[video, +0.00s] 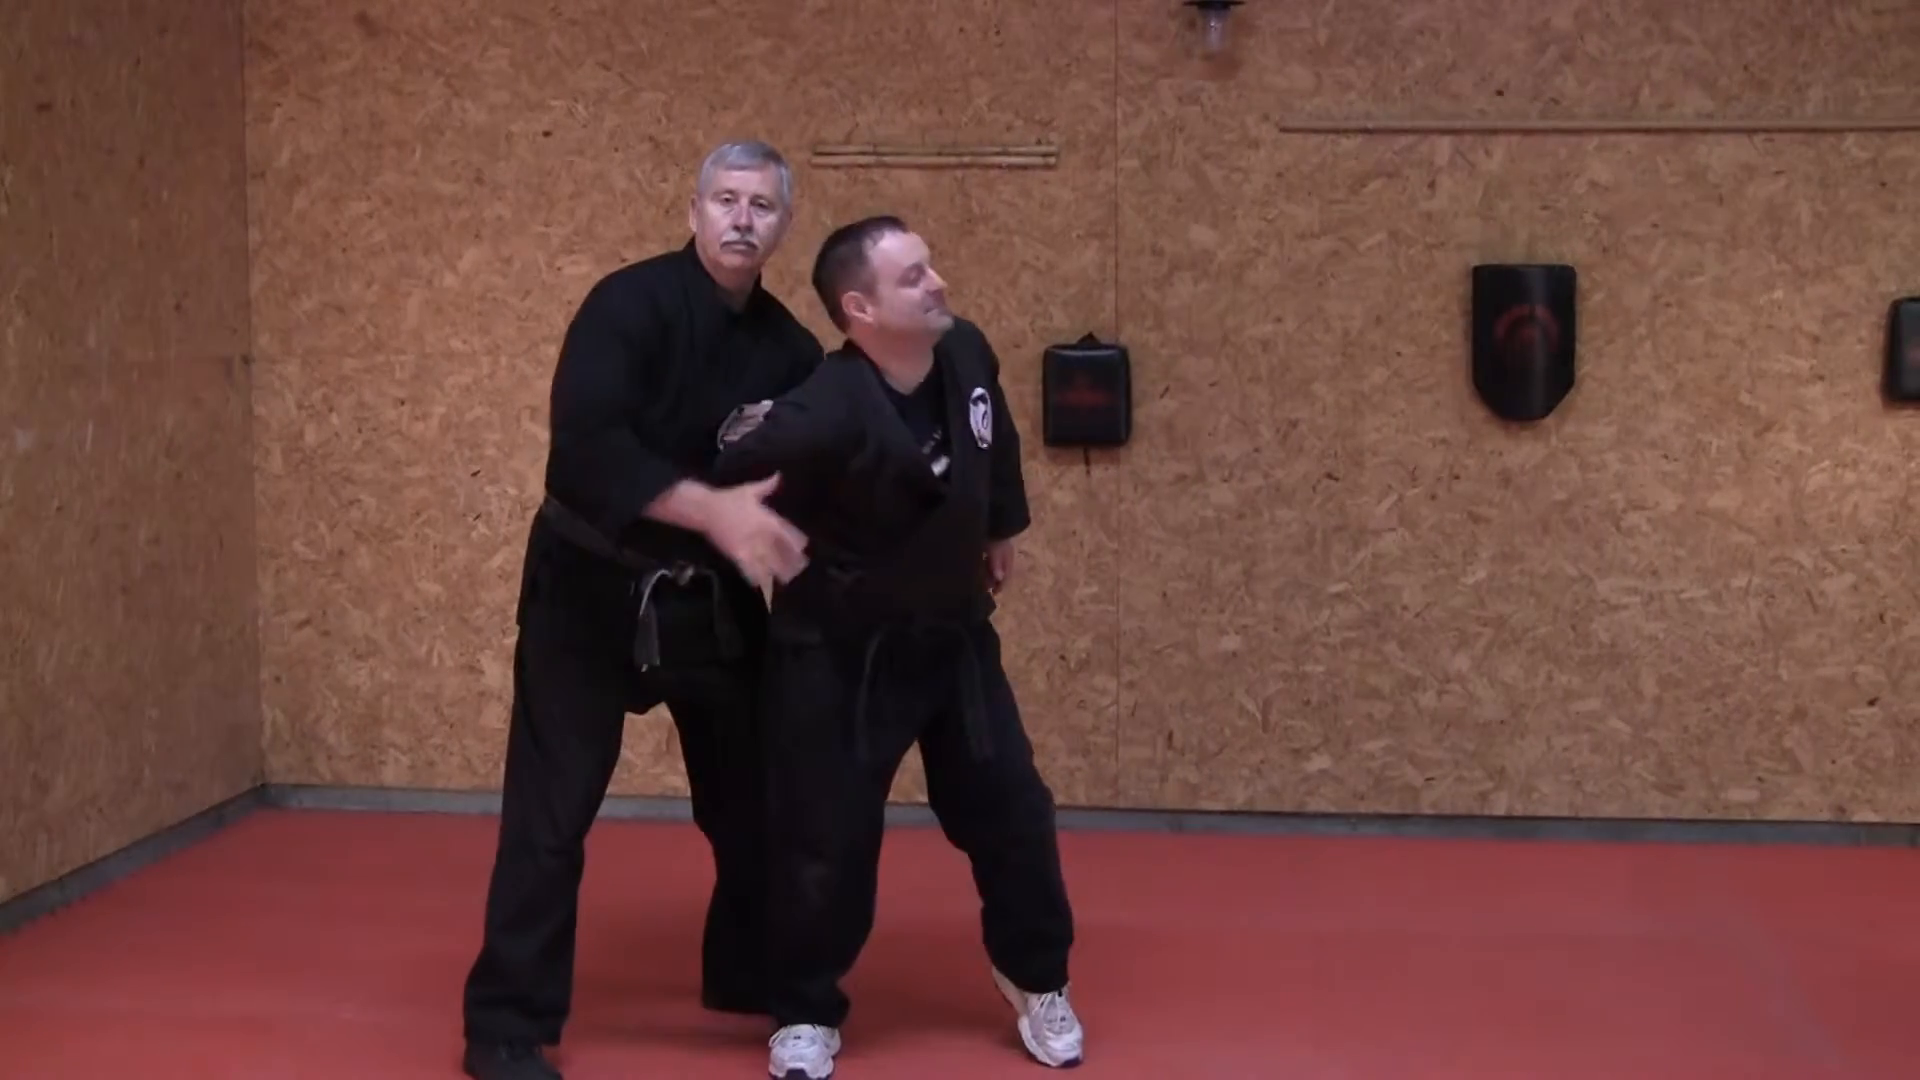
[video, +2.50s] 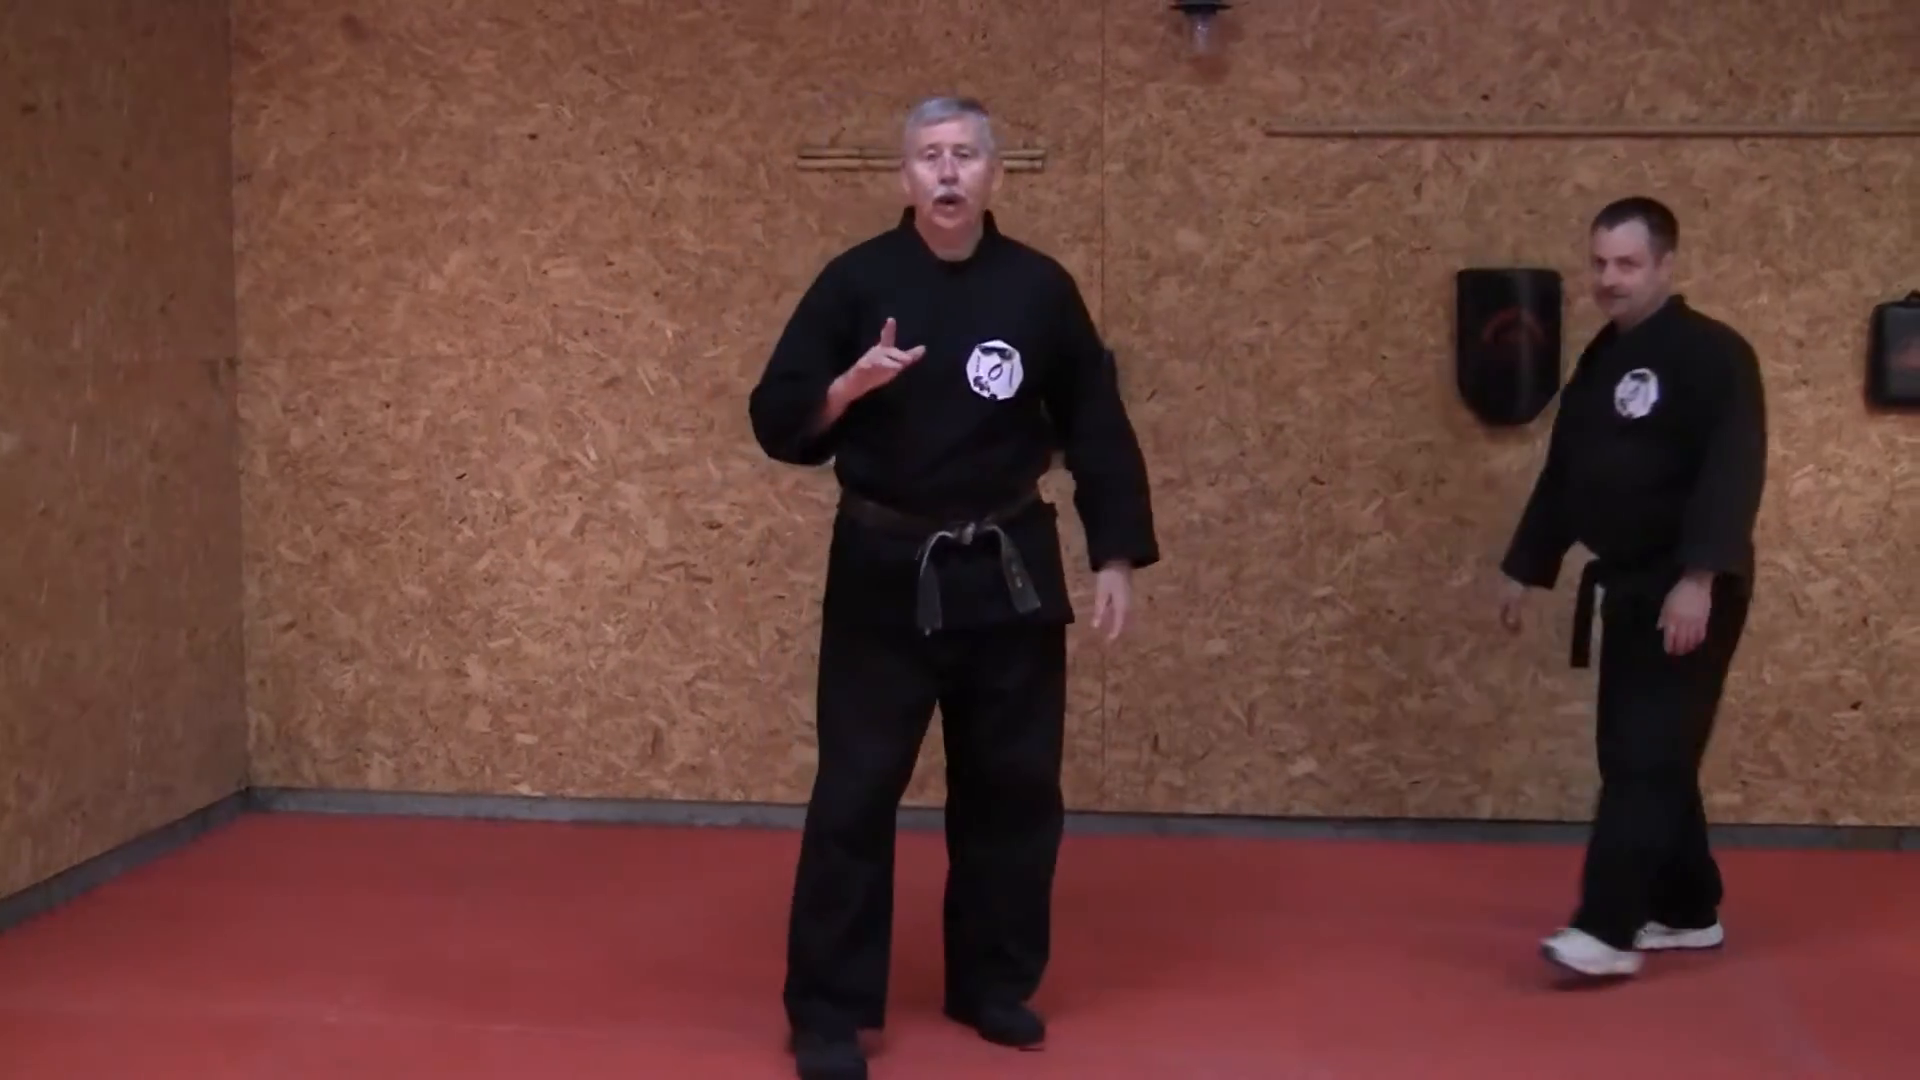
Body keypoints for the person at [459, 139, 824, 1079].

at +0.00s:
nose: (743, 219)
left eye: (763, 206)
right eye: (727, 201)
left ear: (785, 225)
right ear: (695, 211)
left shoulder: (795, 352)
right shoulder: (626, 305)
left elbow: (820, 478)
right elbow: (585, 454)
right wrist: (717, 512)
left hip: (716, 589)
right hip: (592, 578)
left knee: (753, 795)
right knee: (551, 815)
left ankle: (747, 973)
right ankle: (509, 1034)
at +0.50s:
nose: (766, 221)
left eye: (786, 207)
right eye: (750, 201)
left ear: (804, 226)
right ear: (717, 210)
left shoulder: (806, 358)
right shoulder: (634, 303)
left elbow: (822, 504)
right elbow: (528, 435)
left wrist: (900, 484)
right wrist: (548, 563)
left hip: (718, 586)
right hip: (597, 577)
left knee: (776, 783)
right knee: (554, 814)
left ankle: (754, 972)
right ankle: (510, 1031)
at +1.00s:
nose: (833, 232)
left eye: (848, 217)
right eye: (818, 212)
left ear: (859, 222)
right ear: (773, 203)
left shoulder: (853, 330)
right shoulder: (695, 289)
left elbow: (874, 456)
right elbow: (598, 411)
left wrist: (920, 547)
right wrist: (590, 550)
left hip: (790, 582)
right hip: (677, 572)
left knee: (801, 791)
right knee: (626, 798)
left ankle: (752, 971)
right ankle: (543, 1010)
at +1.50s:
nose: (851, 200)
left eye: (867, 183)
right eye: (833, 181)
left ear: (884, 193)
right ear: (794, 187)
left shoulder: (894, 307)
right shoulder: (730, 291)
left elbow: (910, 448)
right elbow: (650, 433)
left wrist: (902, 576)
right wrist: (657, 582)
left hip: (851, 569)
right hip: (751, 566)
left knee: (822, 773)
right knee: (800, 776)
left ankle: (741, 964)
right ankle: (829, 1009)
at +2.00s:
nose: (861, 177)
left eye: (876, 159)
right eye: (841, 162)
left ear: (900, 169)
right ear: (810, 176)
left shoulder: (946, 284)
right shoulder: (763, 296)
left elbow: (994, 412)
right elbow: (705, 440)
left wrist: (1027, 520)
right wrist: (768, 499)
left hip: (930, 573)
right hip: (811, 579)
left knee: (948, 790)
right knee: (823, 803)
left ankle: (912, 954)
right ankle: (828, 1020)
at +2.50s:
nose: (948, 171)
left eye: (964, 154)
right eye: (930, 156)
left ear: (994, 171)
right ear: (904, 173)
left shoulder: (1039, 289)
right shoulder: (855, 285)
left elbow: (1096, 421)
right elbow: (777, 427)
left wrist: (1113, 551)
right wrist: (840, 390)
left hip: (1011, 564)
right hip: (883, 566)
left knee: (1013, 790)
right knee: (854, 795)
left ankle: (993, 987)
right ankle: (830, 1014)